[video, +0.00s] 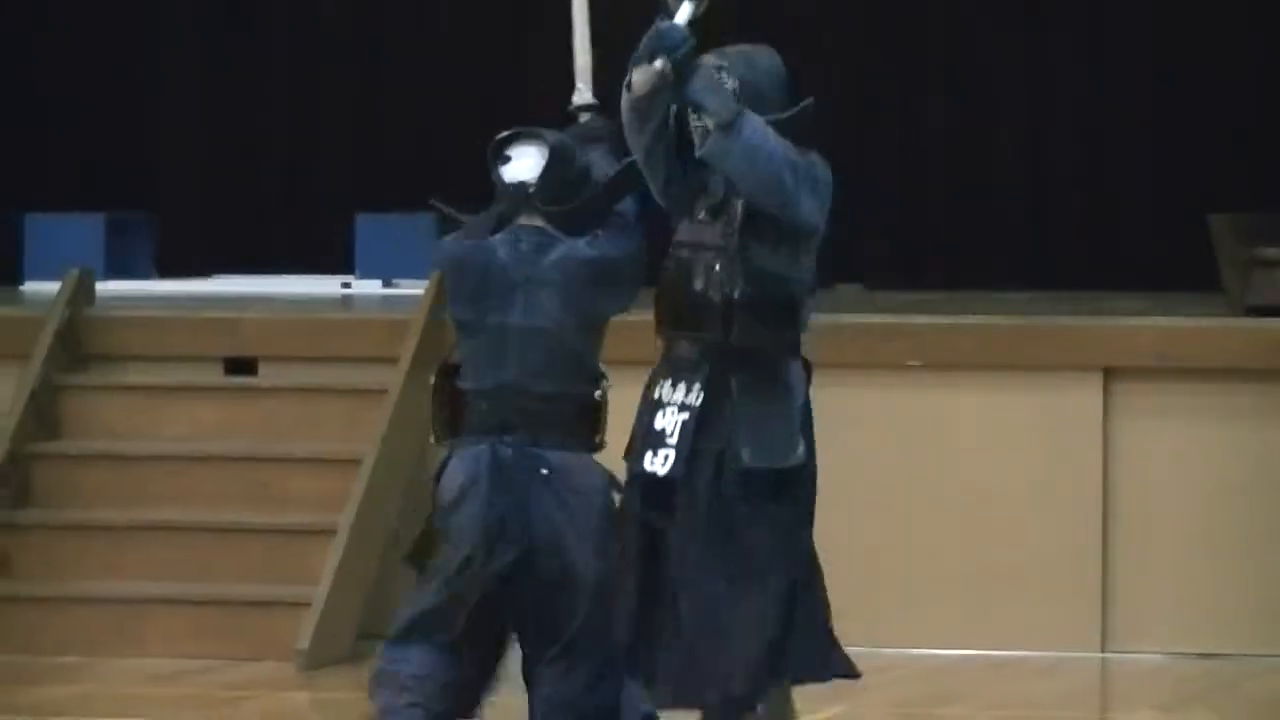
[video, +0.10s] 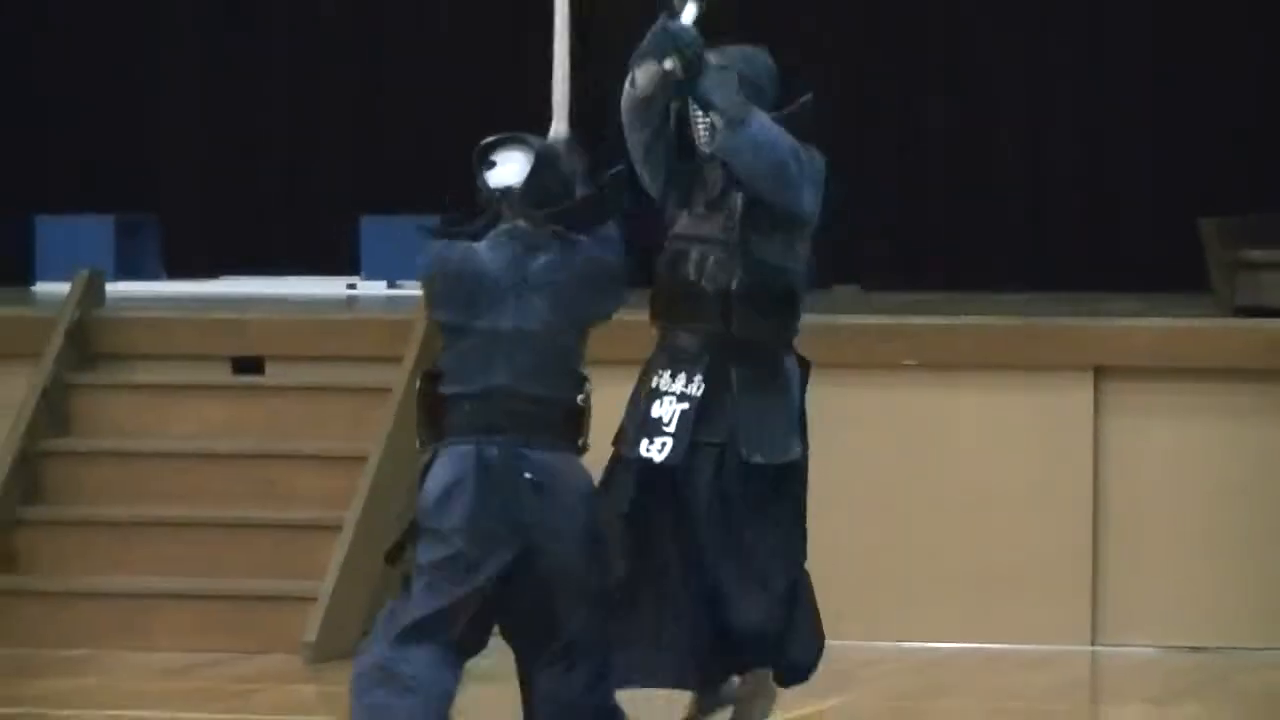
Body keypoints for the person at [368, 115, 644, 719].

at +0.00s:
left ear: (505, 202)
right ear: (566, 206)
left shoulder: (462, 261)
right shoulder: (588, 267)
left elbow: (464, 241)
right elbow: (640, 232)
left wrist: (509, 201)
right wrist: (620, 168)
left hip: (478, 460)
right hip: (568, 463)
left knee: (442, 639)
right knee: (573, 655)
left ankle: (413, 704)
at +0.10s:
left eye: (505, 184)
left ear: (496, 203)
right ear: (563, 207)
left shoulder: (450, 266)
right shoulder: (580, 274)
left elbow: (450, 240)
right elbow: (613, 258)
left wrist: (503, 212)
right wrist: (586, 198)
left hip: (465, 461)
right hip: (554, 465)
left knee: (427, 633)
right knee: (567, 647)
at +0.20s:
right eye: (542, 200)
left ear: (473, 202)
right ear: (539, 203)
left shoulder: (427, 275)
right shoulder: (559, 277)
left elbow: (425, 350)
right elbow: (593, 345)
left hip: (455, 463)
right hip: (544, 468)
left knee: (440, 630)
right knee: (560, 640)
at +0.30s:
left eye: (479, 203)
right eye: (539, 210)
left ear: (473, 211)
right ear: (541, 213)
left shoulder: (429, 285)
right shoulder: (572, 288)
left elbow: (424, 383)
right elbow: (580, 364)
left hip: (459, 466)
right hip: (547, 470)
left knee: (468, 633)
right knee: (567, 628)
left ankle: (473, 714)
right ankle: (564, 712)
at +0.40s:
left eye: (495, 203)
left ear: (490, 211)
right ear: (558, 214)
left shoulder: (450, 285)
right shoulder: (586, 292)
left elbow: (446, 376)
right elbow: (597, 367)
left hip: (484, 462)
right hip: (570, 464)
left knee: (491, 627)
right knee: (583, 620)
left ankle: (497, 712)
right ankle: (591, 713)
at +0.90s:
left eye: (666, 215)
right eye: (715, 216)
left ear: (662, 218)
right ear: (719, 219)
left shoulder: (629, 282)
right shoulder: (741, 280)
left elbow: (619, 355)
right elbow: (751, 349)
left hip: (659, 429)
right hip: (729, 430)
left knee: (660, 553)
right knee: (731, 556)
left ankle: (638, 687)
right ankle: (733, 693)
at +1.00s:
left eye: (678, 216)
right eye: (723, 219)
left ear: (671, 221)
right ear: (727, 222)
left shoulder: (639, 283)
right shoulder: (751, 284)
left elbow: (628, 359)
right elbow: (759, 353)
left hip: (667, 426)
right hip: (736, 427)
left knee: (671, 547)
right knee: (739, 549)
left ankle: (667, 680)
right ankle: (735, 681)